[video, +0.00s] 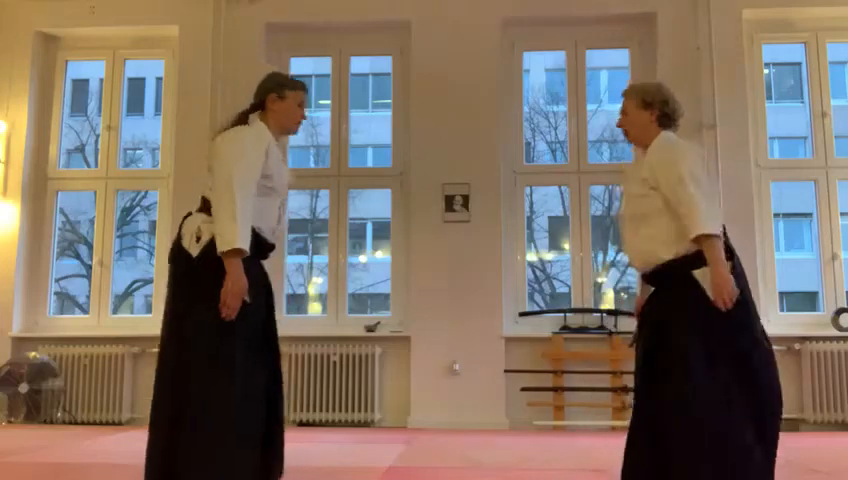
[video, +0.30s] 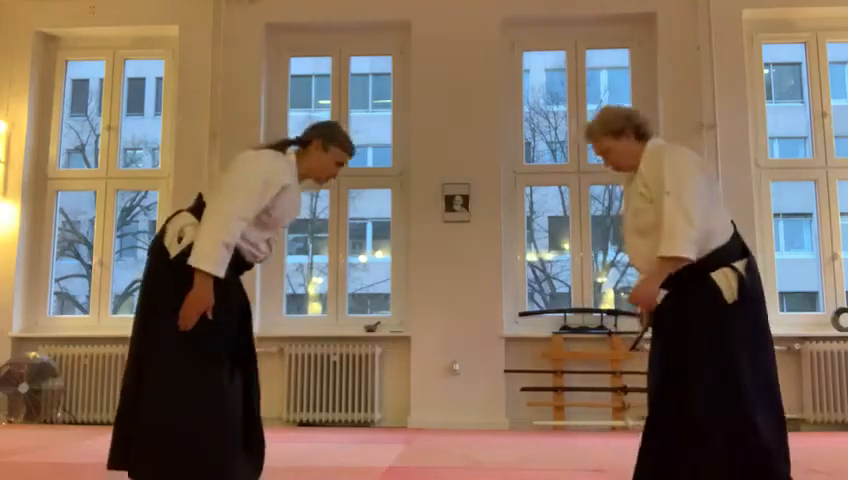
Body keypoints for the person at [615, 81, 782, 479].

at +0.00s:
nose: (620, 120)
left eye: (626, 112)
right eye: (621, 113)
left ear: (652, 114)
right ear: (646, 115)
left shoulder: (669, 151)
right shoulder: (644, 161)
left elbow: (696, 206)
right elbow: (656, 228)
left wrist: (719, 269)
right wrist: (646, 288)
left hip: (694, 283)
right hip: (668, 287)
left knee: (693, 392)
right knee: (668, 392)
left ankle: (698, 472)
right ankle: (675, 472)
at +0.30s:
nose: (605, 162)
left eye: (604, 151)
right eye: (600, 156)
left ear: (626, 136)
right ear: (624, 141)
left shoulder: (672, 159)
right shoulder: (639, 180)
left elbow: (684, 225)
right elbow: (661, 237)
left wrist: (654, 279)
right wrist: (652, 287)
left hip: (716, 287)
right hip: (685, 291)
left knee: (716, 397)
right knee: (678, 398)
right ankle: (680, 473)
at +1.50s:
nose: (642, 114)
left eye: (650, 106)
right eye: (644, 107)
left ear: (675, 110)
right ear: (670, 112)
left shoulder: (692, 149)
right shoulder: (666, 159)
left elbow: (688, 217)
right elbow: (662, 226)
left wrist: (663, 276)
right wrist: (639, 282)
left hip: (692, 281)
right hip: (665, 284)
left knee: (696, 392)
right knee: (665, 394)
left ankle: (705, 474)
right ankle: (671, 473)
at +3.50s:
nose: (632, 119)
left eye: (641, 112)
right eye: (635, 112)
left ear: (665, 115)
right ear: (664, 117)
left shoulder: (683, 153)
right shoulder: (666, 158)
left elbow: (685, 217)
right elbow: (675, 220)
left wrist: (669, 276)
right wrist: (656, 278)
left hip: (688, 282)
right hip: (667, 283)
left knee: (690, 392)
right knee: (668, 393)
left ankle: (702, 475)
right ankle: (676, 474)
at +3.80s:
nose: (626, 120)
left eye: (633, 113)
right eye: (628, 113)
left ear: (659, 119)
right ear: (649, 120)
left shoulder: (675, 152)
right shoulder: (645, 166)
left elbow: (685, 212)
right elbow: (637, 239)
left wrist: (668, 269)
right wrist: (591, 272)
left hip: (688, 279)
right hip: (659, 283)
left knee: (687, 387)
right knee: (653, 388)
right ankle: (661, 472)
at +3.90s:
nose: (622, 120)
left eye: (629, 113)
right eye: (624, 113)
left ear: (654, 116)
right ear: (646, 118)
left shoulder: (673, 152)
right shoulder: (640, 171)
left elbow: (684, 213)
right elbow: (616, 236)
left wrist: (668, 270)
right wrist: (562, 231)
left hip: (684, 282)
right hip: (656, 287)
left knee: (685, 390)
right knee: (645, 391)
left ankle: (694, 472)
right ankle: (653, 473)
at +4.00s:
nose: (618, 120)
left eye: (625, 111)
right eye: (619, 112)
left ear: (651, 115)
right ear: (642, 118)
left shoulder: (670, 151)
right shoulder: (635, 172)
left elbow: (681, 211)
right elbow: (591, 220)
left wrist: (667, 271)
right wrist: (554, 188)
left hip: (677, 282)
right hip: (647, 287)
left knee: (679, 392)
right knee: (641, 393)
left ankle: (689, 473)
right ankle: (644, 473)